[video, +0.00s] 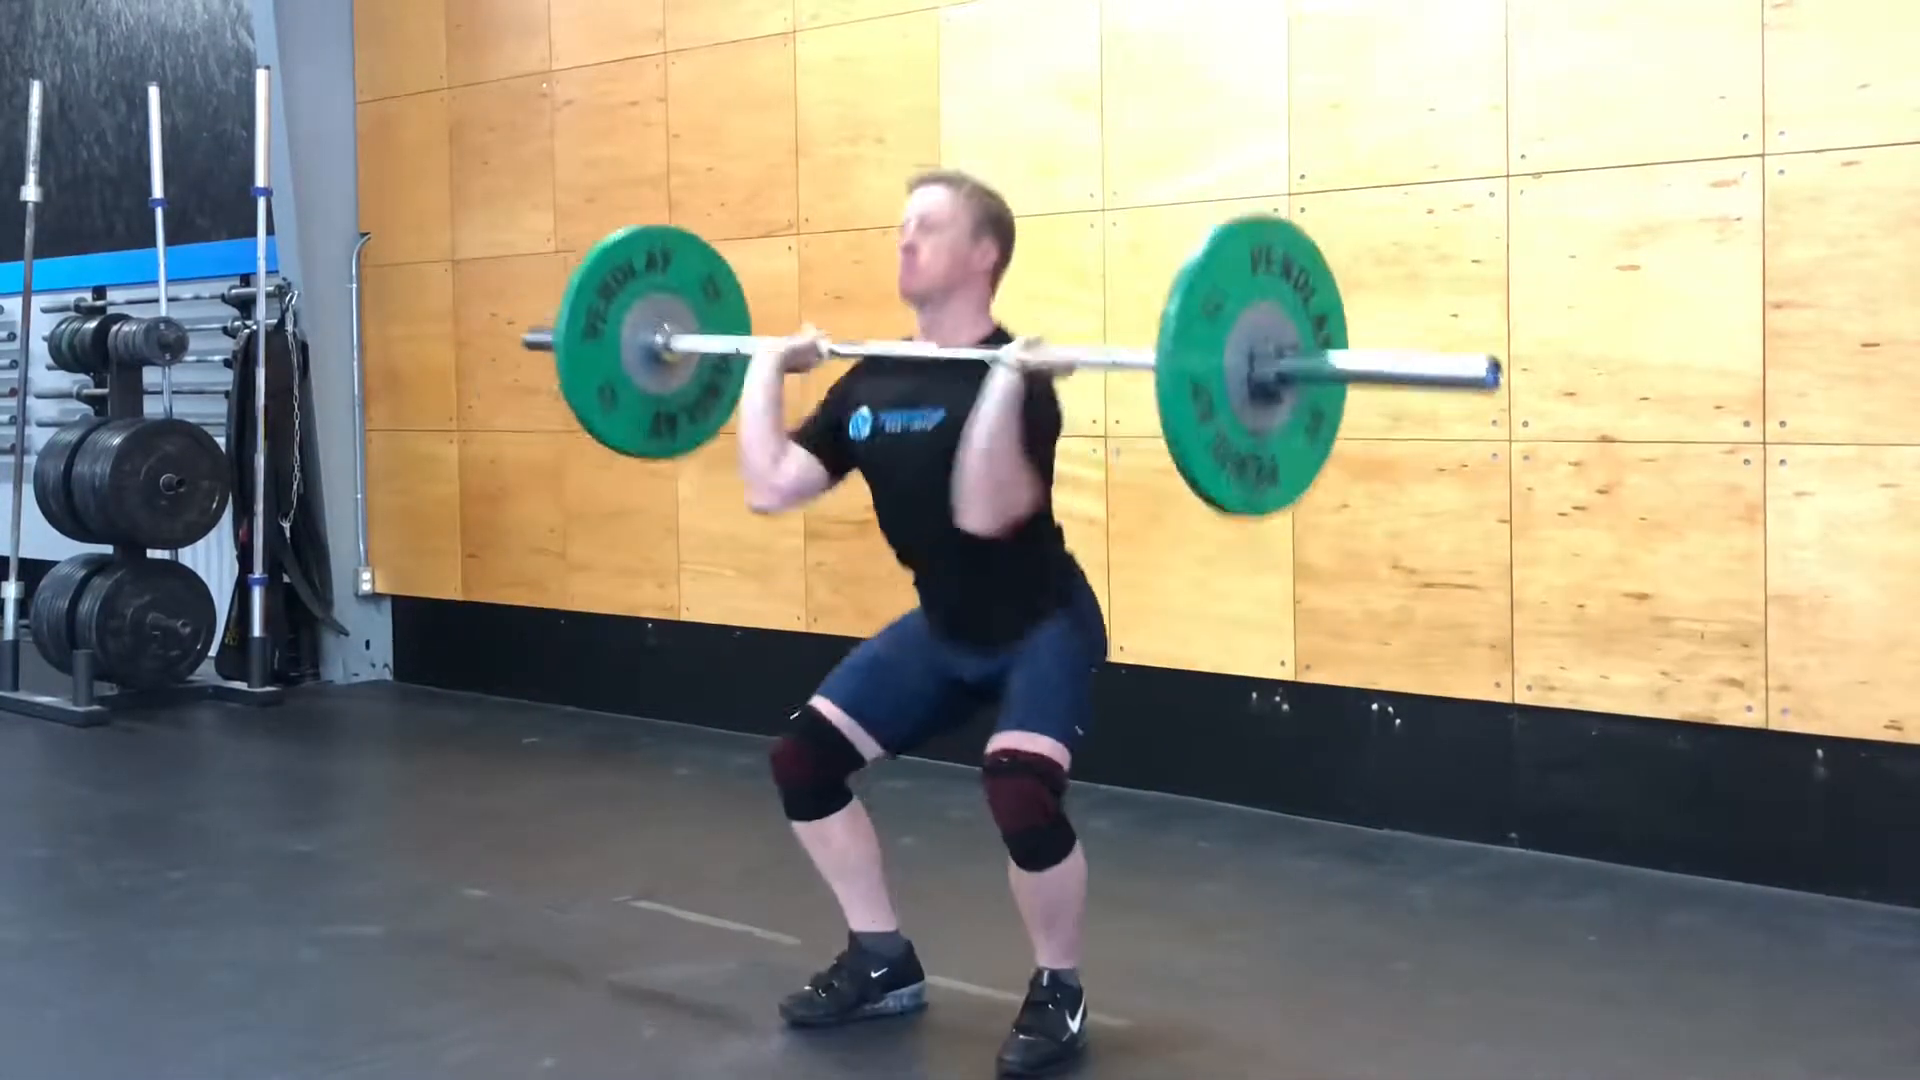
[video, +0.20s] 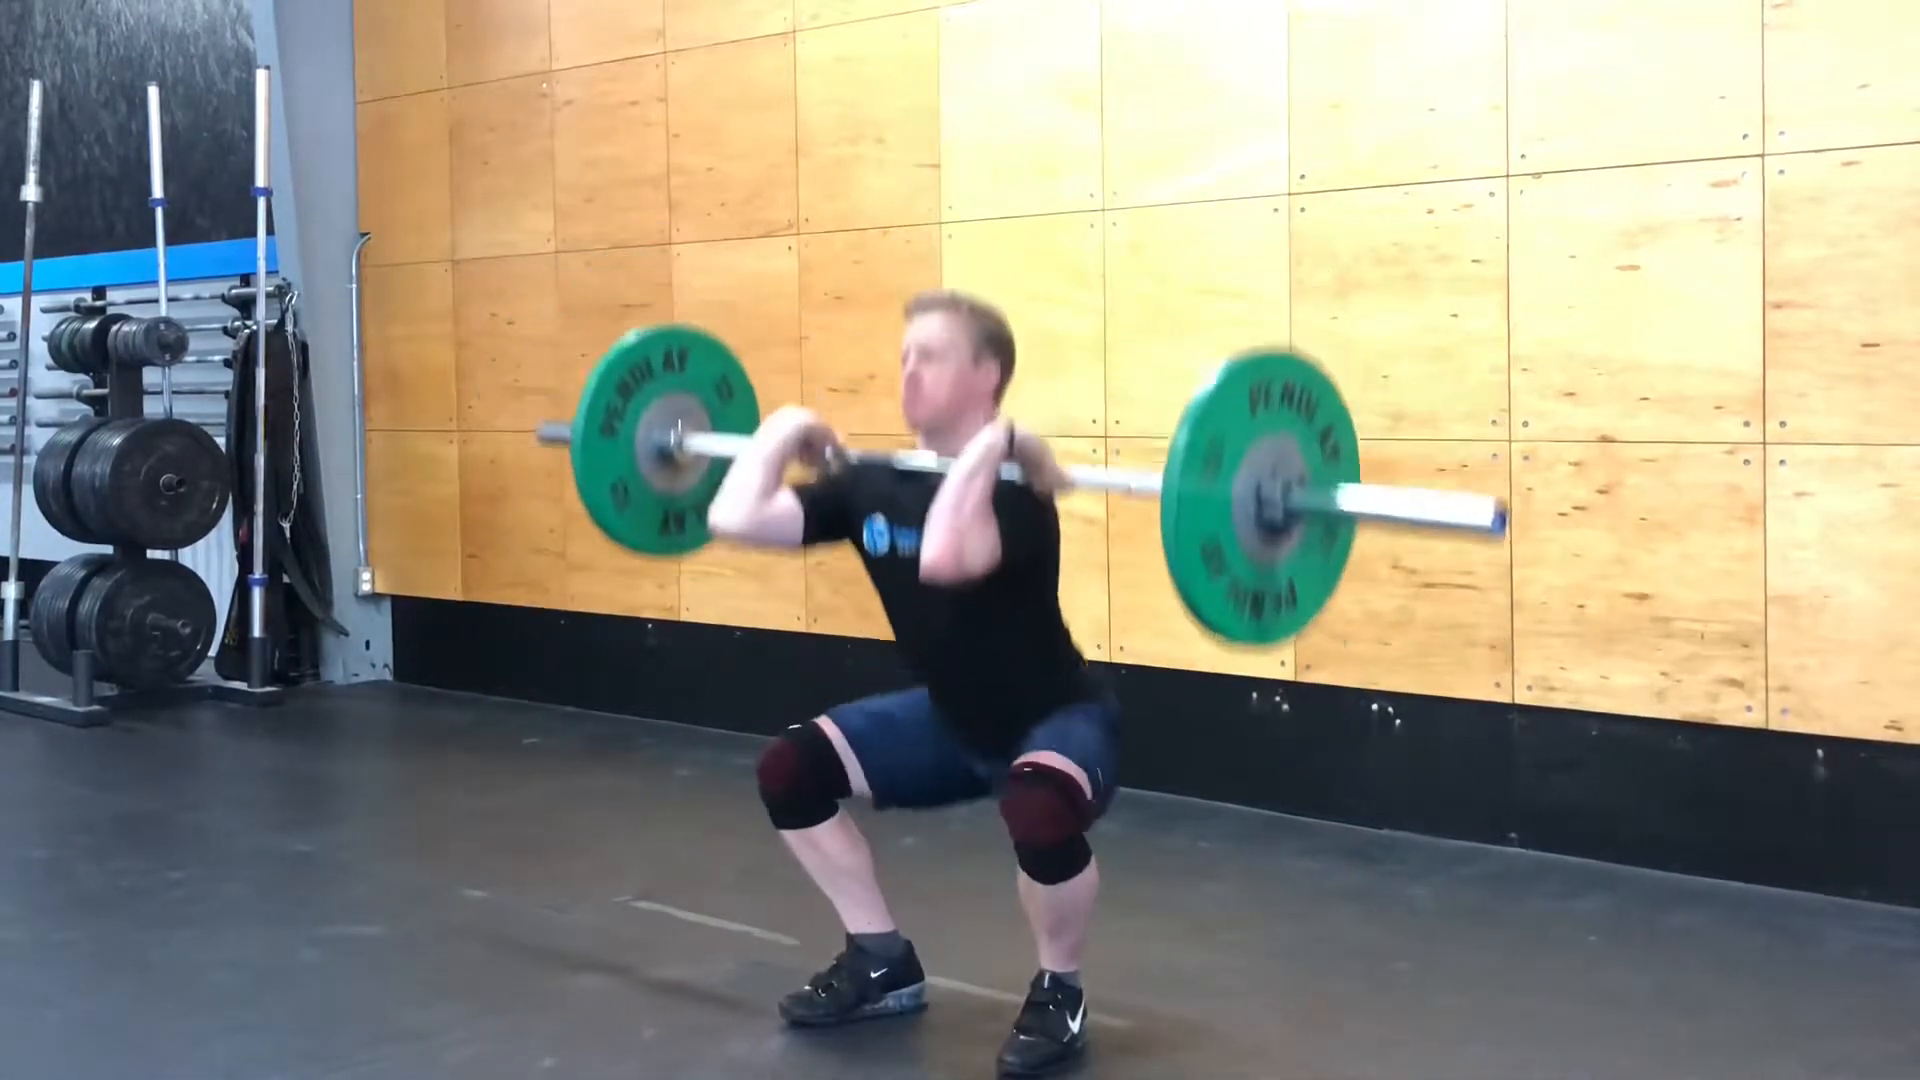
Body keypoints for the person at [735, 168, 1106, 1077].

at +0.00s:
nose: (903, 244)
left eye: (926, 231)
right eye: (903, 230)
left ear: (984, 255)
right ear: (909, 255)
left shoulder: (1020, 382)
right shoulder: (874, 379)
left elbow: (985, 515)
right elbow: (768, 487)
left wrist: (1008, 379)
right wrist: (766, 362)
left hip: (1046, 621)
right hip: (945, 625)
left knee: (1021, 786)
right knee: (804, 761)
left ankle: (1056, 993)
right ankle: (882, 960)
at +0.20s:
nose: (908, 375)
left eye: (928, 359)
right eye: (906, 359)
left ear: (987, 377)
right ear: (903, 372)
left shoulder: (1020, 496)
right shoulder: (873, 486)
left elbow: (943, 558)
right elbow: (735, 516)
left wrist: (992, 443)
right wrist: (779, 433)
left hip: (1059, 717)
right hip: (955, 716)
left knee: (1040, 800)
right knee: (794, 768)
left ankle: (1058, 993)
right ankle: (881, 959)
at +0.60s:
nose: (904, 397)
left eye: (924, 383)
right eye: (902, 382)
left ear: (983, 402)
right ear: (899, 394)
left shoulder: (1012, 518)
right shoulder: (866, 509)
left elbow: (938, 585)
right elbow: (728, 546)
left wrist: (983, 467)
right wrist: (777, 456)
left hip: (1049, 733)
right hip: (942, 734)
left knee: (1027, 805)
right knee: (780, 771)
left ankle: (1058, 994)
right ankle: (879, 958)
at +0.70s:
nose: (904, 332)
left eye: (925, 316)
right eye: (902, 316)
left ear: (983, 335)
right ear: (897, 329)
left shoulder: (1012, 455)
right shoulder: (862, 446)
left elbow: (937, 517)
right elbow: (724, 482)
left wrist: (981, 402)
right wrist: (768, 397)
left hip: (1038, 685)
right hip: (934, 687)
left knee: (1021, 803)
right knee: (774, 776)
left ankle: (1057, 991)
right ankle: (881, 960)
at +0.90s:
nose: (908, 168)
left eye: (930, 153)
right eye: (907, 152)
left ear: (990, 175)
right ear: (906, 171)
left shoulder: (1016, 296)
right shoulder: (869, 296)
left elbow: (970, 416)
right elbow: (762, 395)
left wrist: (985, 287)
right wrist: (768, 283)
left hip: (1007, 564)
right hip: (908, 565)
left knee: (1005, 772)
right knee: (817, 749)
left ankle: (1054, 989)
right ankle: (883, 959)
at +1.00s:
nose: (913, 124)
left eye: (936, 110)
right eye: (912, 110)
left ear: (993, 135)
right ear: (914, 132)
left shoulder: (1028, 254)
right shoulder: (876, 253)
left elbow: (1025, 394)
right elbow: (792, 373)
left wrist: (1018, 263)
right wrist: (772, 256)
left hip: (993, 532)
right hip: (891, 531)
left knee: (996, 760)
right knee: (860, 750)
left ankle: (1046, 990)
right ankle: (892, 964)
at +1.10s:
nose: (919, 121)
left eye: (941, 107)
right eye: (917, 108)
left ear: (998, 130)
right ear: (921, 129)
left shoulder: (1026, 245)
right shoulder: (880, 252)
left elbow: (1052, 379)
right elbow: (794, 365)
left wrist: (1037, 248)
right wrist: (777, 242)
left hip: (988, 531)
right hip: (888, 530)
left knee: (997, 756)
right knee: (869, 747)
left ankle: (1045, 988)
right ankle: (893, 963)